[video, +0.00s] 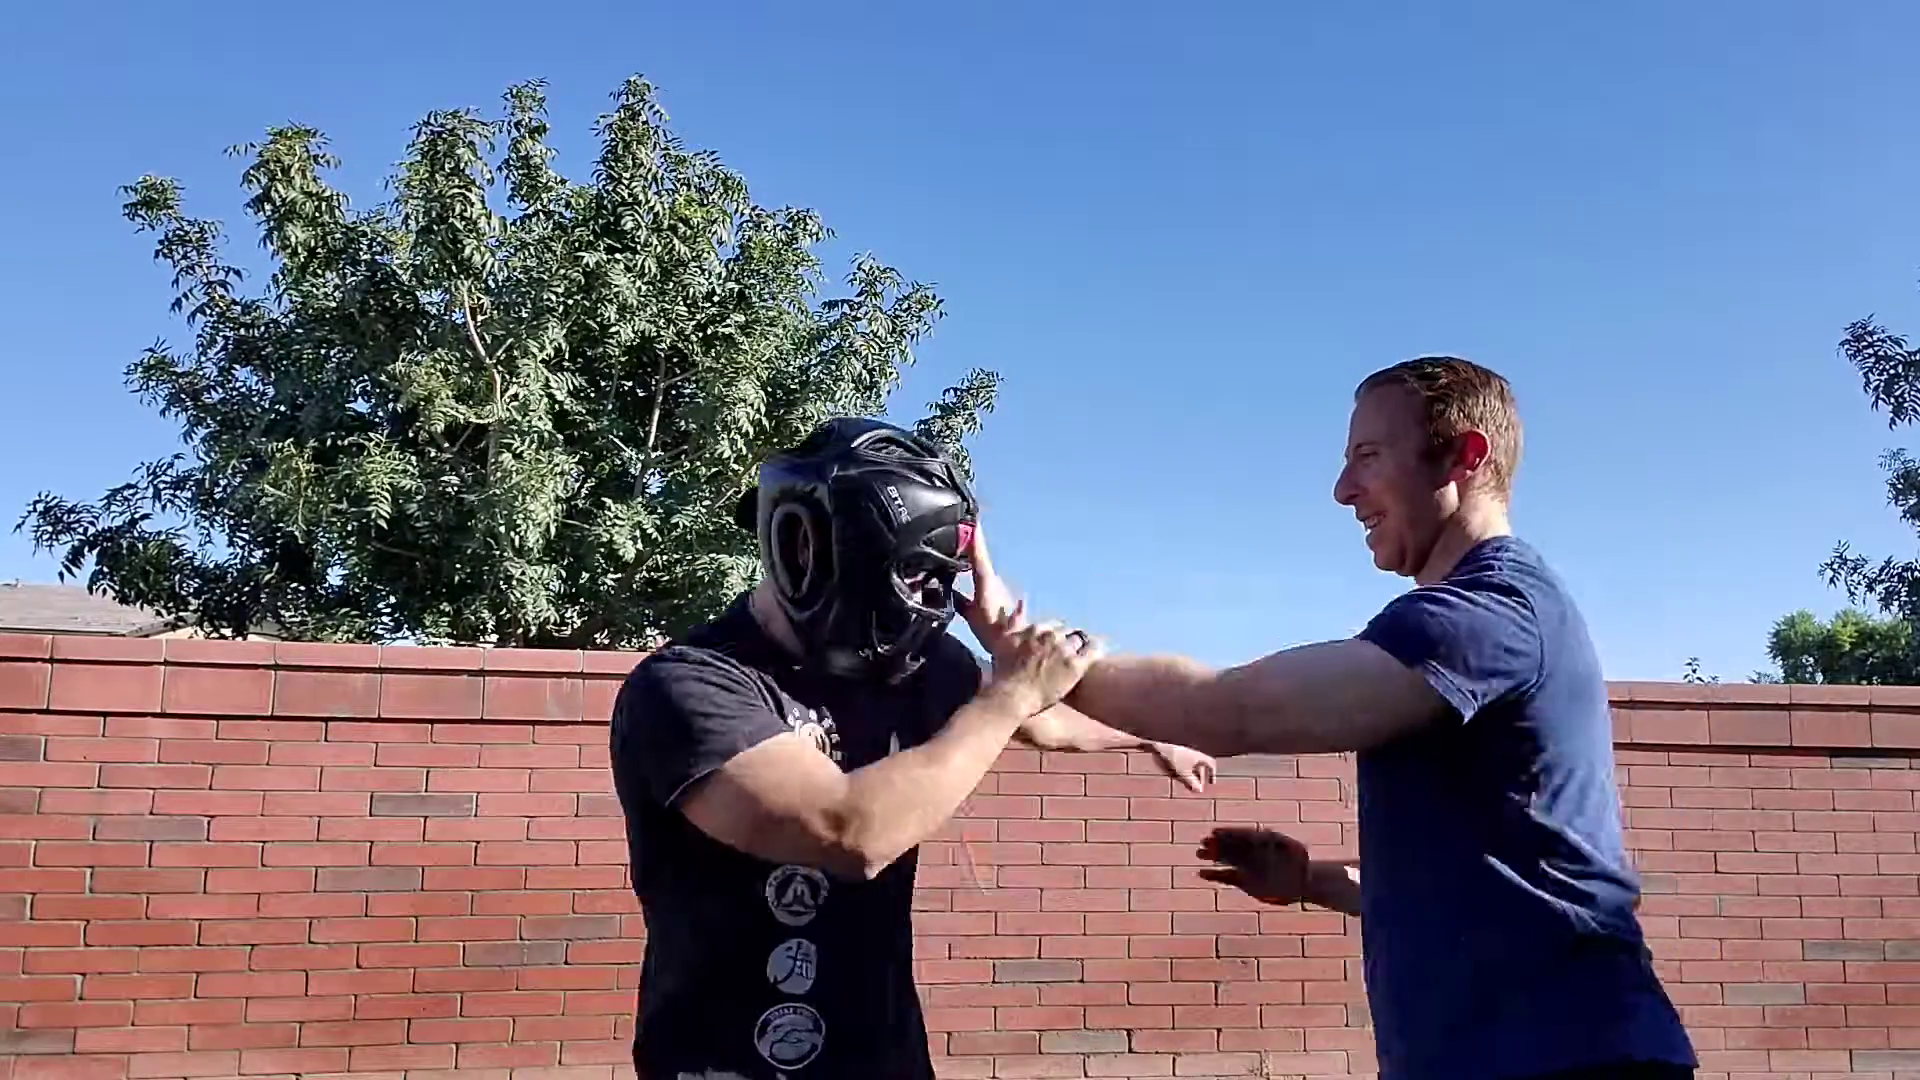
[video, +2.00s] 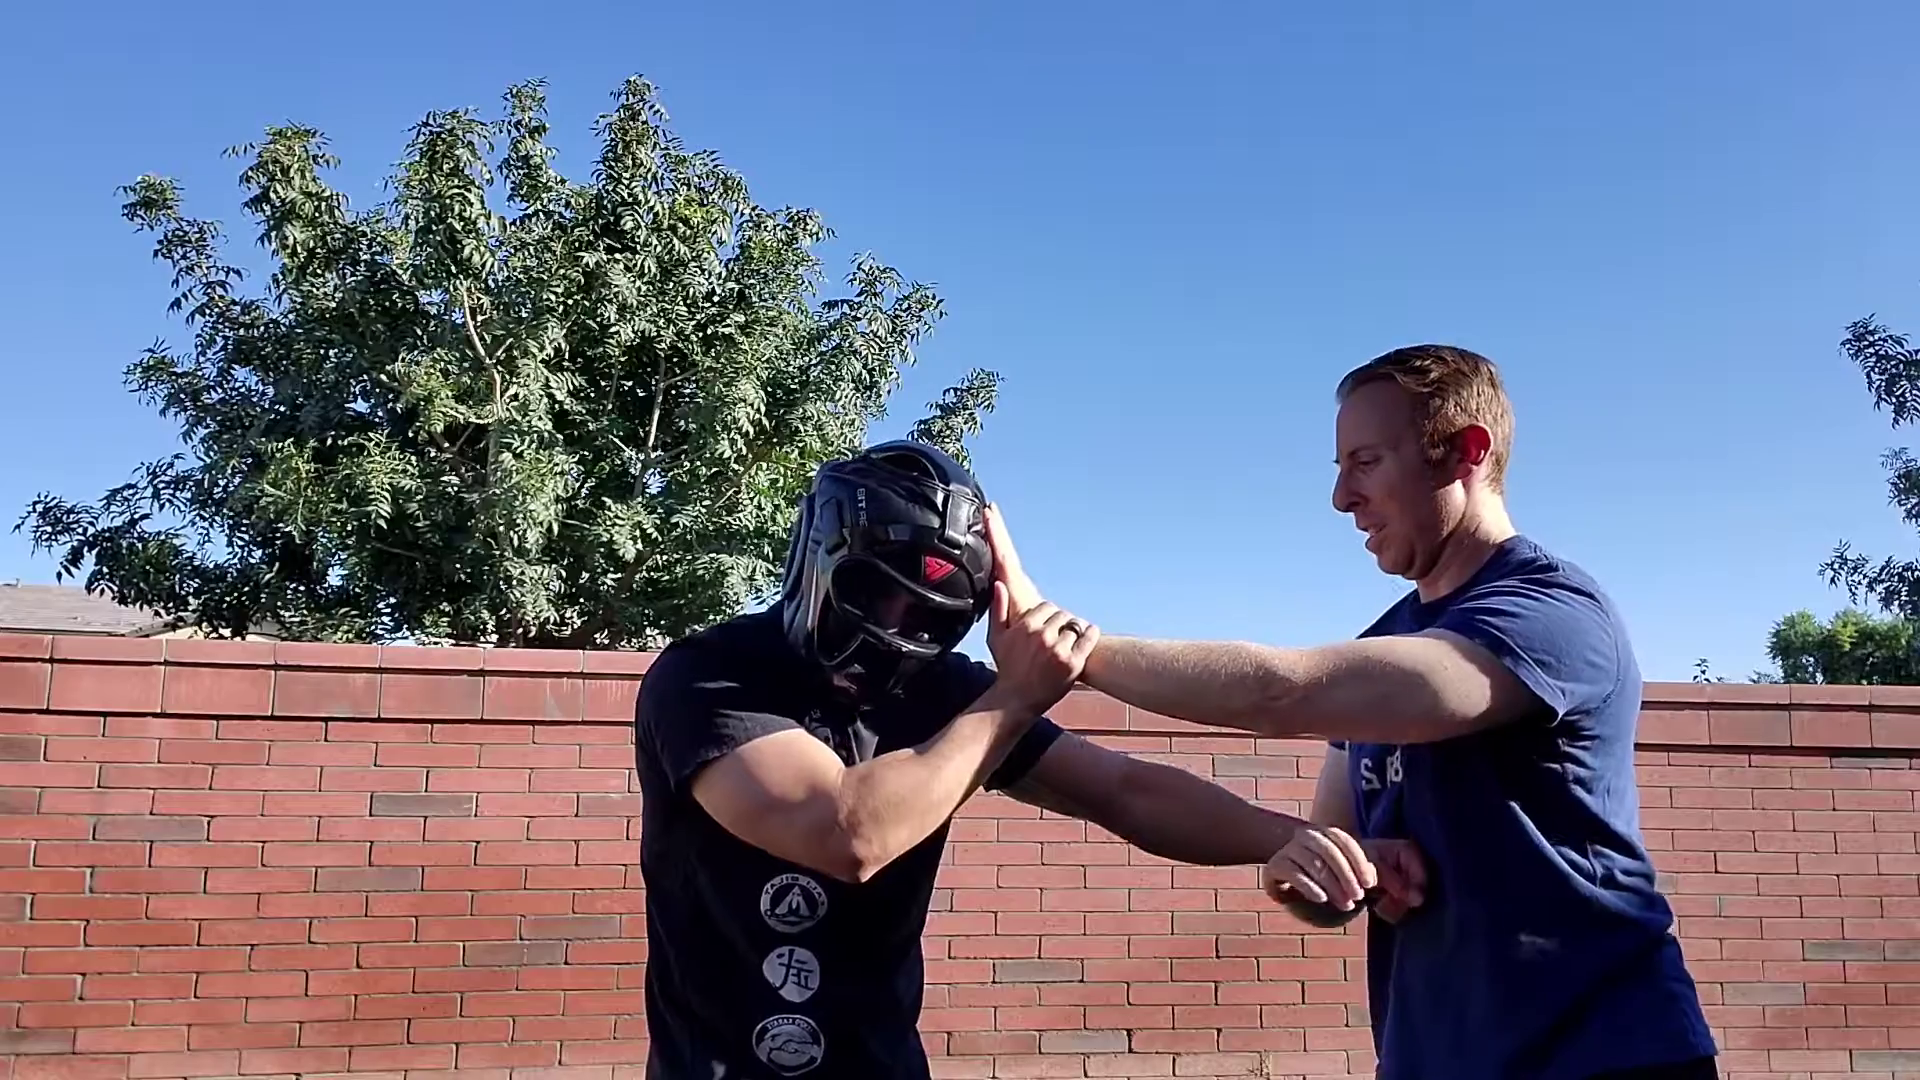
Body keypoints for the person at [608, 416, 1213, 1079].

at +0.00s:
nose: (927, 600)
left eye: (933, 572)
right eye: (907, 571)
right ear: (811, 552)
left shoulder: (915, 667)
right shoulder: (680, 692)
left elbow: (1043, 721)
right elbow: (854, 830)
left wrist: (1150, 740)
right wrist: (1009, 697)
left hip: (880, 1058)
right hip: (720, 1061)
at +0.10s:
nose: (934, 610)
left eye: (941, 585)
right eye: (912, 585)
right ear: (813, 573)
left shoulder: (930, 665)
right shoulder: (668, 711)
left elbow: (1109, 644)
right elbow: (783, 900)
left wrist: (1261, 629)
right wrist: (981, 815)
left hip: (893, 1064)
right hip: (727, 1069)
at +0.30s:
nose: (976, 600)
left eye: (981, 576)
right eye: (960, 575)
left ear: (881, 562)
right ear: (867, 561)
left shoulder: (915, 662)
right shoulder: (716, 703)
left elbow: (1090, 673)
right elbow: (824, 914)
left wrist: (1234, 605)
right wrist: (971, 748)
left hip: (888, 1055)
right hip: (746, 1063)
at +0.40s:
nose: (990, 602)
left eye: (995, 575)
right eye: (974, 571)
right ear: (878, 549)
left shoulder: (913, 677)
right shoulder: (757, 680)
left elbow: (1033, 781)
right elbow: (906, 860)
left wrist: (1153, 727)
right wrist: (1044, 684)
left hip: (879, 1059)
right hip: (748, 1062)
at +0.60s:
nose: (926, 622)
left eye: (939, 595)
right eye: (905, 590)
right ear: (824, 572)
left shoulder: (894, 704)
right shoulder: (712, 695)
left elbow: (1030, 836)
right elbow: (915, 804)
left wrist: (1185, 910)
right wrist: (1040, 667)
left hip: (887, 1062)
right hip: (742, 1064)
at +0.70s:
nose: (910, 582)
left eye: (930, 560)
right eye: (889, 546)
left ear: (945, 565)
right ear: (814, 530)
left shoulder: (919, 683)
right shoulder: (688, 673)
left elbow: (1099, 788)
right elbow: (872, 784)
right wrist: (1024, 642)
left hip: (881, 1061)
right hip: (726, 1059)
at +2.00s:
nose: (894, 628)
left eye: (929, 611)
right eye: (879, 589)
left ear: (958, 614)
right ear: (819, 557)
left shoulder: (942, 690)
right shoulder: (699, 680)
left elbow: (1125, 791)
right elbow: (852, 835)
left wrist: (1300, 844)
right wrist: (1009, 701)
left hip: (881, 1064)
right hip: (715, 1063)